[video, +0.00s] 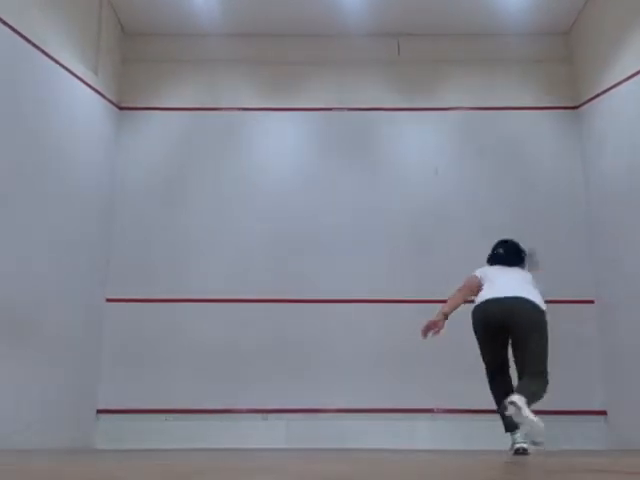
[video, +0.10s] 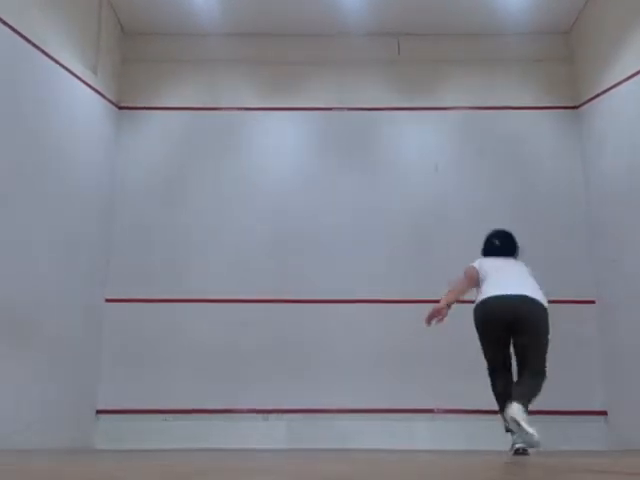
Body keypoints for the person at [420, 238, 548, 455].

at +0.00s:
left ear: (491, 259)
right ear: (521, 262)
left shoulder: (485, 272)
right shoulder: (527, 276)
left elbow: (464, 291)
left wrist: (442, 315)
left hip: (488, 311)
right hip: (527, 311)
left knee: (498, 373)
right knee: (534, 374)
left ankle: (516, 435)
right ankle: (520, 400)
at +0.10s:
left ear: (486, 250)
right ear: (515, 251)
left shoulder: (482, 264)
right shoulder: (523, 268)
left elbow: (463, 283)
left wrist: (444, 304)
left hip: (491, 308)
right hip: (531, 308)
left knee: (499, 369)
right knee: (533, 369)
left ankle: (516, 435)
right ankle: (518, 406)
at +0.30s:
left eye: (476, 223)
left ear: (475, 225)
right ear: (504, 226)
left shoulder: (473, 240)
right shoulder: (516, 246)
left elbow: (460, 255)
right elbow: (542, 285)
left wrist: (436, 275)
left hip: (492, 302)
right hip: (531, 301)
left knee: (497, 368)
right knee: (531, 367)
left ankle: (513, 431)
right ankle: (544, 431)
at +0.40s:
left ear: (472, 216)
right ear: (500, 217)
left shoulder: (468, 231)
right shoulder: (513, 239)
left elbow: (451, 249)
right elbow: (545, 273)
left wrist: (417, 272)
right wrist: (537, 304)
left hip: (489, 299)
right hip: (528, 299)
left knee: (479, 359)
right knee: (528, 365)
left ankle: (497, 424)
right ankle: (544, 430)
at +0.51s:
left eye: (464, 205)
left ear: (464, 206)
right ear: (491, 208)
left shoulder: (461, 224)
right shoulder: (504, 230)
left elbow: (431, 247)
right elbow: (540, 258)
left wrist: (395, 263)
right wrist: (538, 299)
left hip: (479, 299)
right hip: (517, 299)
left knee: (456, 358)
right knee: (520, 364)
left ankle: (472, 419)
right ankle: (542, 429)